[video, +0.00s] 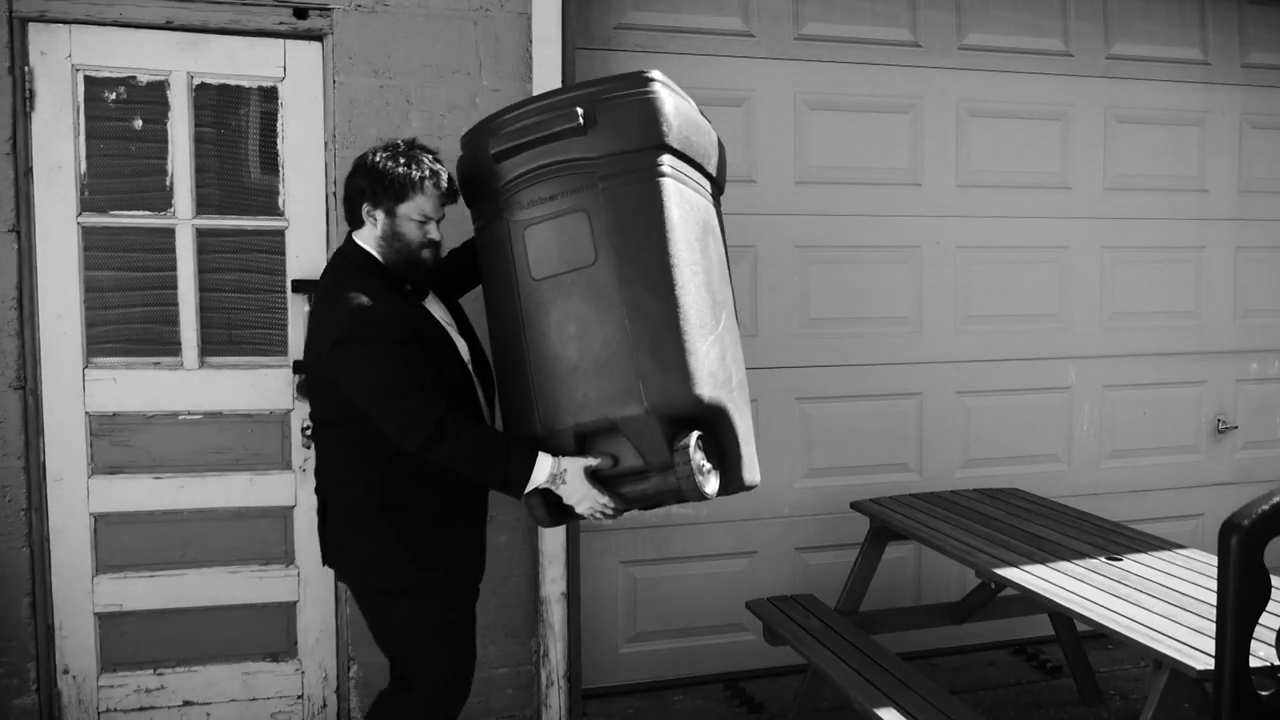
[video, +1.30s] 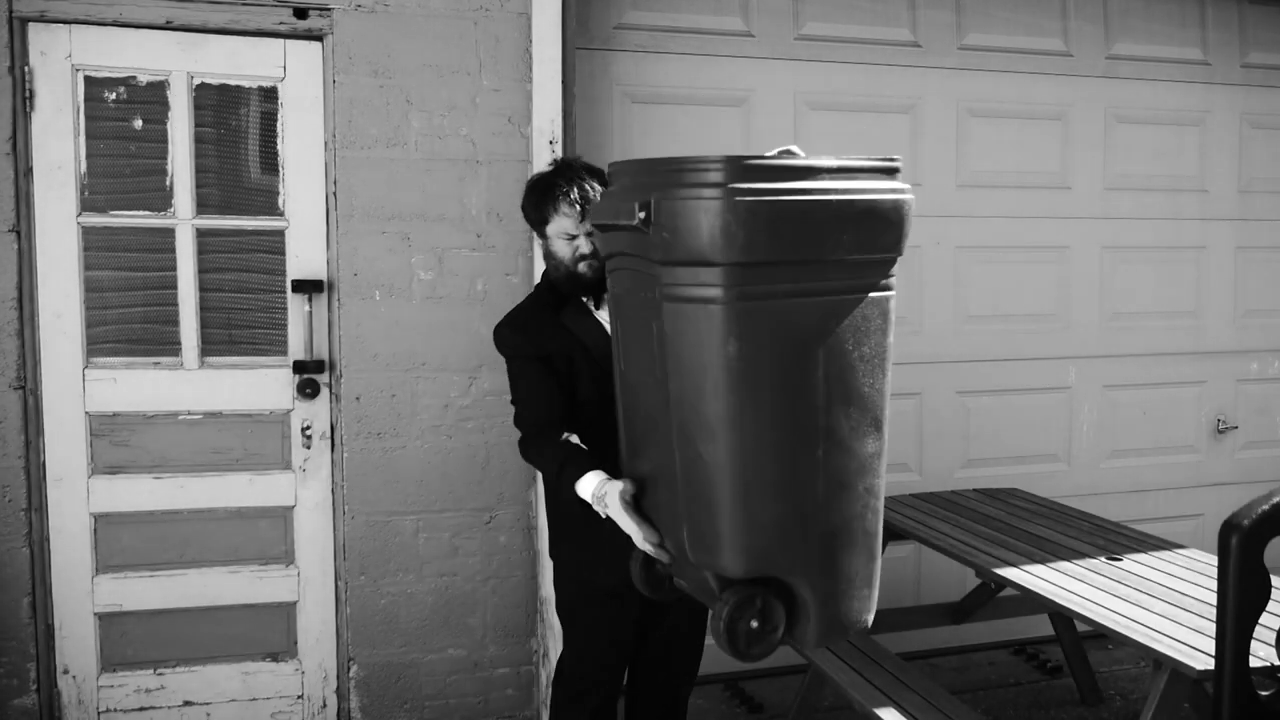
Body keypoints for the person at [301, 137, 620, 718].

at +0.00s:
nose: (436, 236)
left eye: (438, 221)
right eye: (422, 222)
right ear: (372, 216)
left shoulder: (401, 278)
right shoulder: (356, 309)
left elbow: (461, 272)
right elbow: (430, 431)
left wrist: (520, 220)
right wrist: (546, 472)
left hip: (437, 524)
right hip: (396, 538)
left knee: (438, 681)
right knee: (431, 685)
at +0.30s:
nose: (494, 241)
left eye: (497, 226)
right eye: (479, 228)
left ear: (504, 212)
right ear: (430, 223)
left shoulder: (465, 281)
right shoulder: (415, 313)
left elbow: (521, 275)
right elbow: (483, 436)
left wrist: (580, 224)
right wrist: (597, 480)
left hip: (491, 536)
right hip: (451, 550)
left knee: (467, 685)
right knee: (489, 692)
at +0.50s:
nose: (525, 249)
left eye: (528, 234)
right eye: (509, 239)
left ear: (532, 219)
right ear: (460, 233)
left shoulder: (506, 280)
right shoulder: (443, 325)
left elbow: (579, 259)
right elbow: (503, 450)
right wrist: (619, 501)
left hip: (537, 534)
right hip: (488, 553)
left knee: (549, 678)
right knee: (513, 696)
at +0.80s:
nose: (551, 252)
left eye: (558, 235)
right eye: (533, 241)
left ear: (568, 221)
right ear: (490, 237)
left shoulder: (578, 271)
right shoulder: (474, 329)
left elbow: (652, 249)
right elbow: (513, 454)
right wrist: (620, 516)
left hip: (599, 544)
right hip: (523, 557)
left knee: (615, 700)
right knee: (530, 706)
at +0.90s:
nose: (560, 253)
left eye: (567, 236)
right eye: (541, 243)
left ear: (579, 221)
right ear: (501, 240)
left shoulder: (597, 267)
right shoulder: (483, 334)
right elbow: (520, 454)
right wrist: (616, 519)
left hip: (616, 542)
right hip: (538, 556)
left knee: (635, 698)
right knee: (536, 706)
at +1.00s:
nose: (568, 253)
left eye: (576, 236)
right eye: (551, 242)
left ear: (593, 226)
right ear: (515, 239)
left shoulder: (620, 287)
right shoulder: (496, 336)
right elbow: (528, 455)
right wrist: (615, 521)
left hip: (645, 542)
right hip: (558, 555)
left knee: (648, 700)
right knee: (546, 705)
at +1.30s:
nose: (587, 248)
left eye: (596, 232)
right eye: (570, 238)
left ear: (616, 224)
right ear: (542, 240)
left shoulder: (652, 293)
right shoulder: (530, 327)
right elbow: (539, 437)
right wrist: (598, 485)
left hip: (678, 524)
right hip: (594, 535)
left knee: (666, 685)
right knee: (591, 682)